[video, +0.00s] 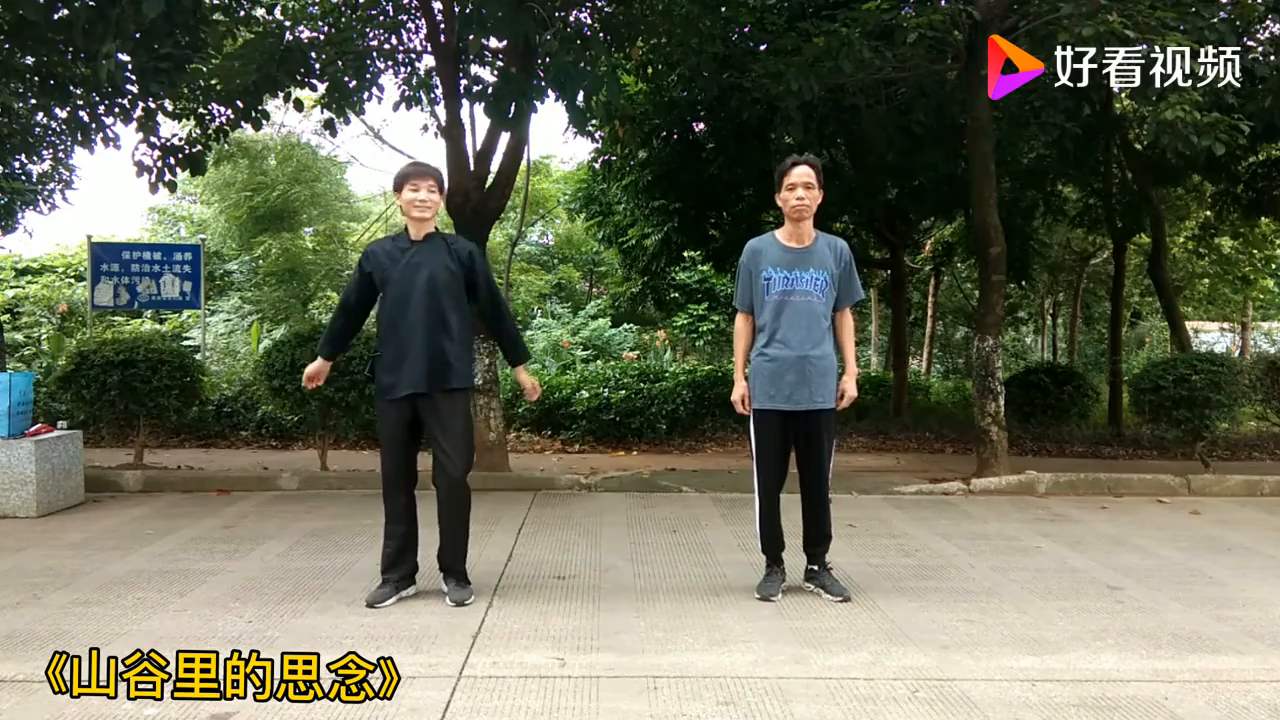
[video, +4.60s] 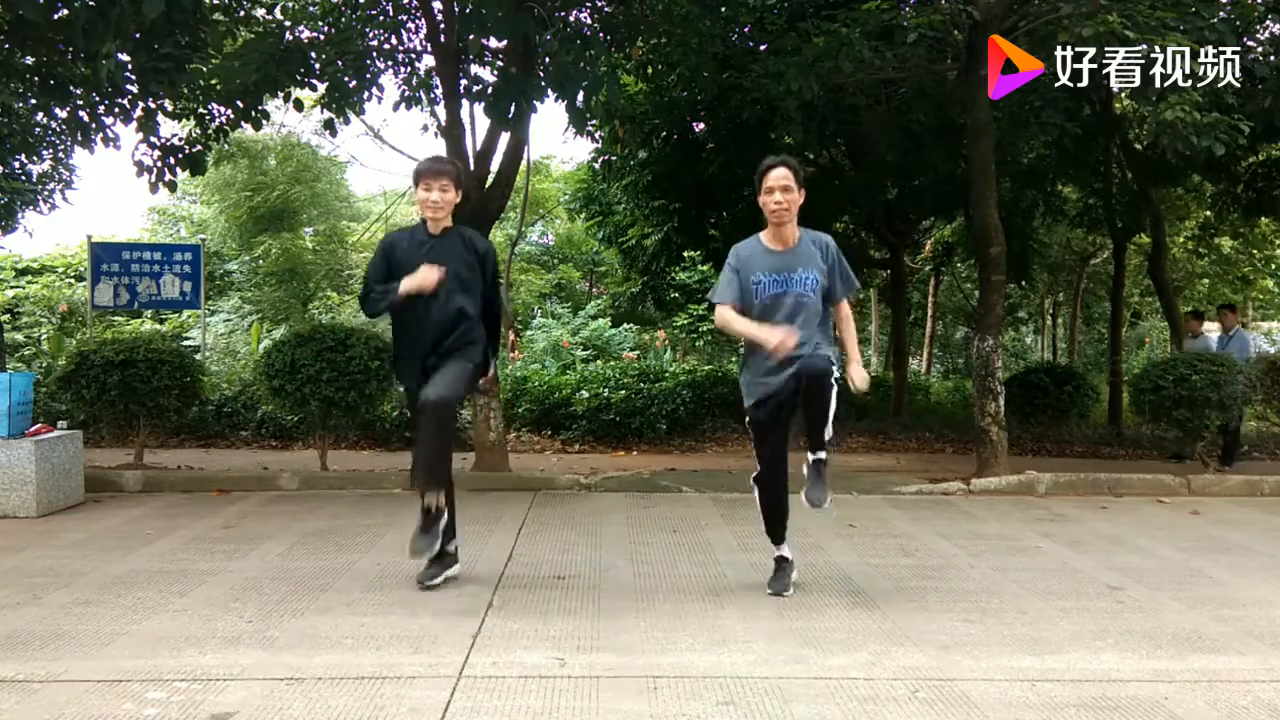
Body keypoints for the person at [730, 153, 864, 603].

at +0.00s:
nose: (801, 195)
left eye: (808, 187)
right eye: (792, 188)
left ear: (820, 196)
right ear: (779, 197)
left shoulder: (837, 250)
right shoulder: (756, 250)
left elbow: (843, 313)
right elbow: (744, 316)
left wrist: (850, 370)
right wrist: (739, 375)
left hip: (820, 384)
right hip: (767, 383)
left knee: (817, 482)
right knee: (768, 483)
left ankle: (817, 566)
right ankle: (773, 567)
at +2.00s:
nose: (799, 194)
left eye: (808, 186)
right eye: (794, 188)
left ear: (830, 193)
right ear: (788, 196)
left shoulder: (853, 251)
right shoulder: (771, 251)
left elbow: (865, 314)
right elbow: (756, 316)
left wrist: (874, 371)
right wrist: (753, 372)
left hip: (834, 386)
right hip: (781, 385)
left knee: (826, 485)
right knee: (778, 485)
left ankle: (823, 568)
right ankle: (781, 567)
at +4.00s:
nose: (793, 195)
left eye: (801, 186)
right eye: (785, 187)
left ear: (815, 194)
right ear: (774, 195)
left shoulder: (836, 249)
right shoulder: (753, 251)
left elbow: (846, 313)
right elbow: (745, 312)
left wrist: (854, 370)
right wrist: (743, 367)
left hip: (821, 386)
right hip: (767, 386)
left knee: (819, 485)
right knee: (771, 485)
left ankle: (823, 567)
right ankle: (780, 567)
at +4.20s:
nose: (785, 202)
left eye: (794, 194)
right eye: (777, 194)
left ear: (806, 203)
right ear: (765, 202)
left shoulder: (828, 254)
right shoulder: (745, 258)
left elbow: (855, 313)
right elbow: (727, 305)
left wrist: (830, 327)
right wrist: (707, 352)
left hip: (819, 393)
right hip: (766, 394)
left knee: (824, 487)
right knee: (769, 490)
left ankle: (823, 568)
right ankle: (781, 567)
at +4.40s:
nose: (779, 197)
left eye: (787, 188)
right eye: (771, 189)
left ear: (801, 197)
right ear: (759, 198)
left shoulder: (823, 246)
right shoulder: (738, 256)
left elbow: (857, 301)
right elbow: (718, 317)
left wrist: (817, 298)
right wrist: (696, 372)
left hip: (818, 375)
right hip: (763, 382)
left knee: (829, 443)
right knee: (765, 484)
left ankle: (827, 519)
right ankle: (782, 566)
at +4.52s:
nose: (777, 190)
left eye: (785, 182)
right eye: (769, 183)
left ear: (800, 187)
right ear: (759, 191)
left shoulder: (823, 237)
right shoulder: (742, 248)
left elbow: (846, 288)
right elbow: (722, 311)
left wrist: (841, 334)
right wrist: (740, 364)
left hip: (816, 353)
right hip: (765, 365)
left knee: (819, 382)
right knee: (772, 467)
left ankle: (820, 469)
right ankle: (782, 552)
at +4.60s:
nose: (778, 199)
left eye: (786, 191)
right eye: (770, 192)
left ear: (801, 197)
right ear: (759, 200)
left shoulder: (822, 247)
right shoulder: (742, 255)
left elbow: (841, 305)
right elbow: (723, 313)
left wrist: (854, 359)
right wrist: (761, 332)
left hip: (813, 359)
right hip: (764, 372)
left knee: (818, 371)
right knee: (771, 468)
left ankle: (817, 461)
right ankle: (781, 555)